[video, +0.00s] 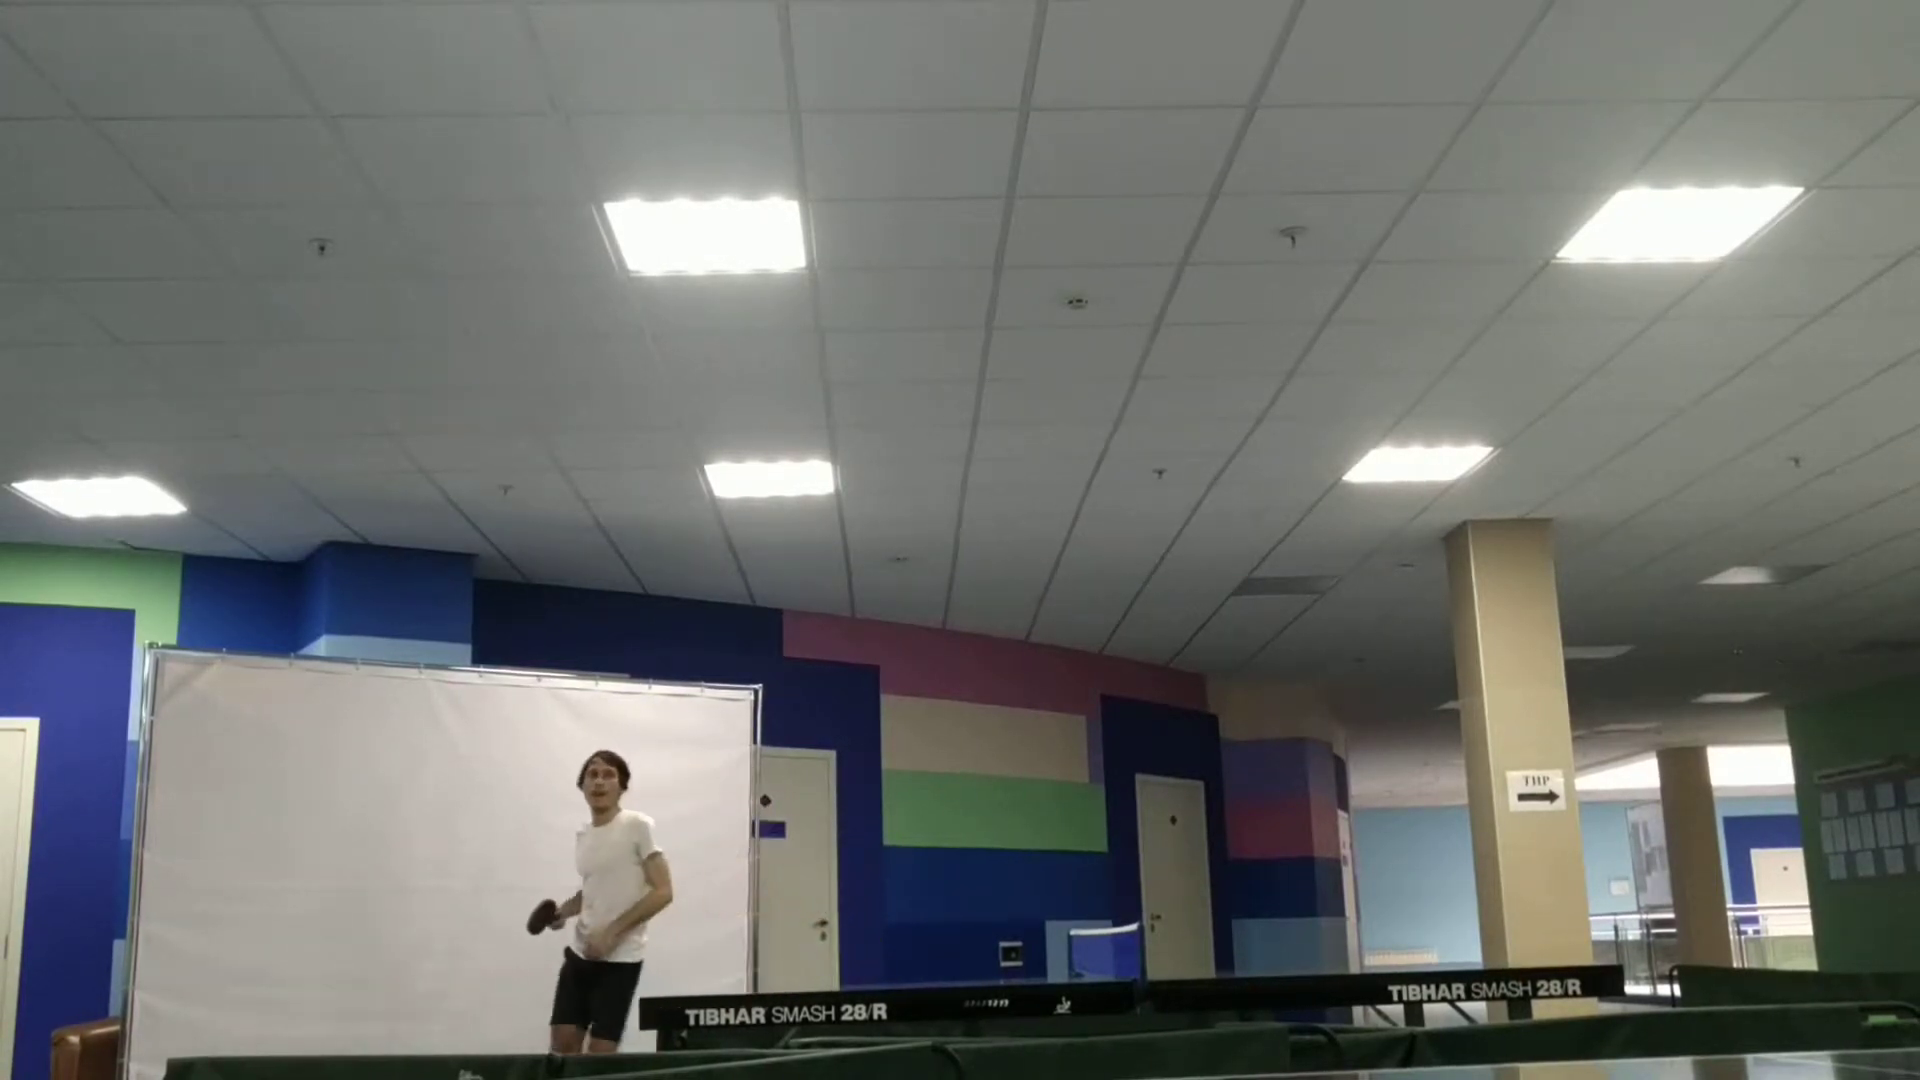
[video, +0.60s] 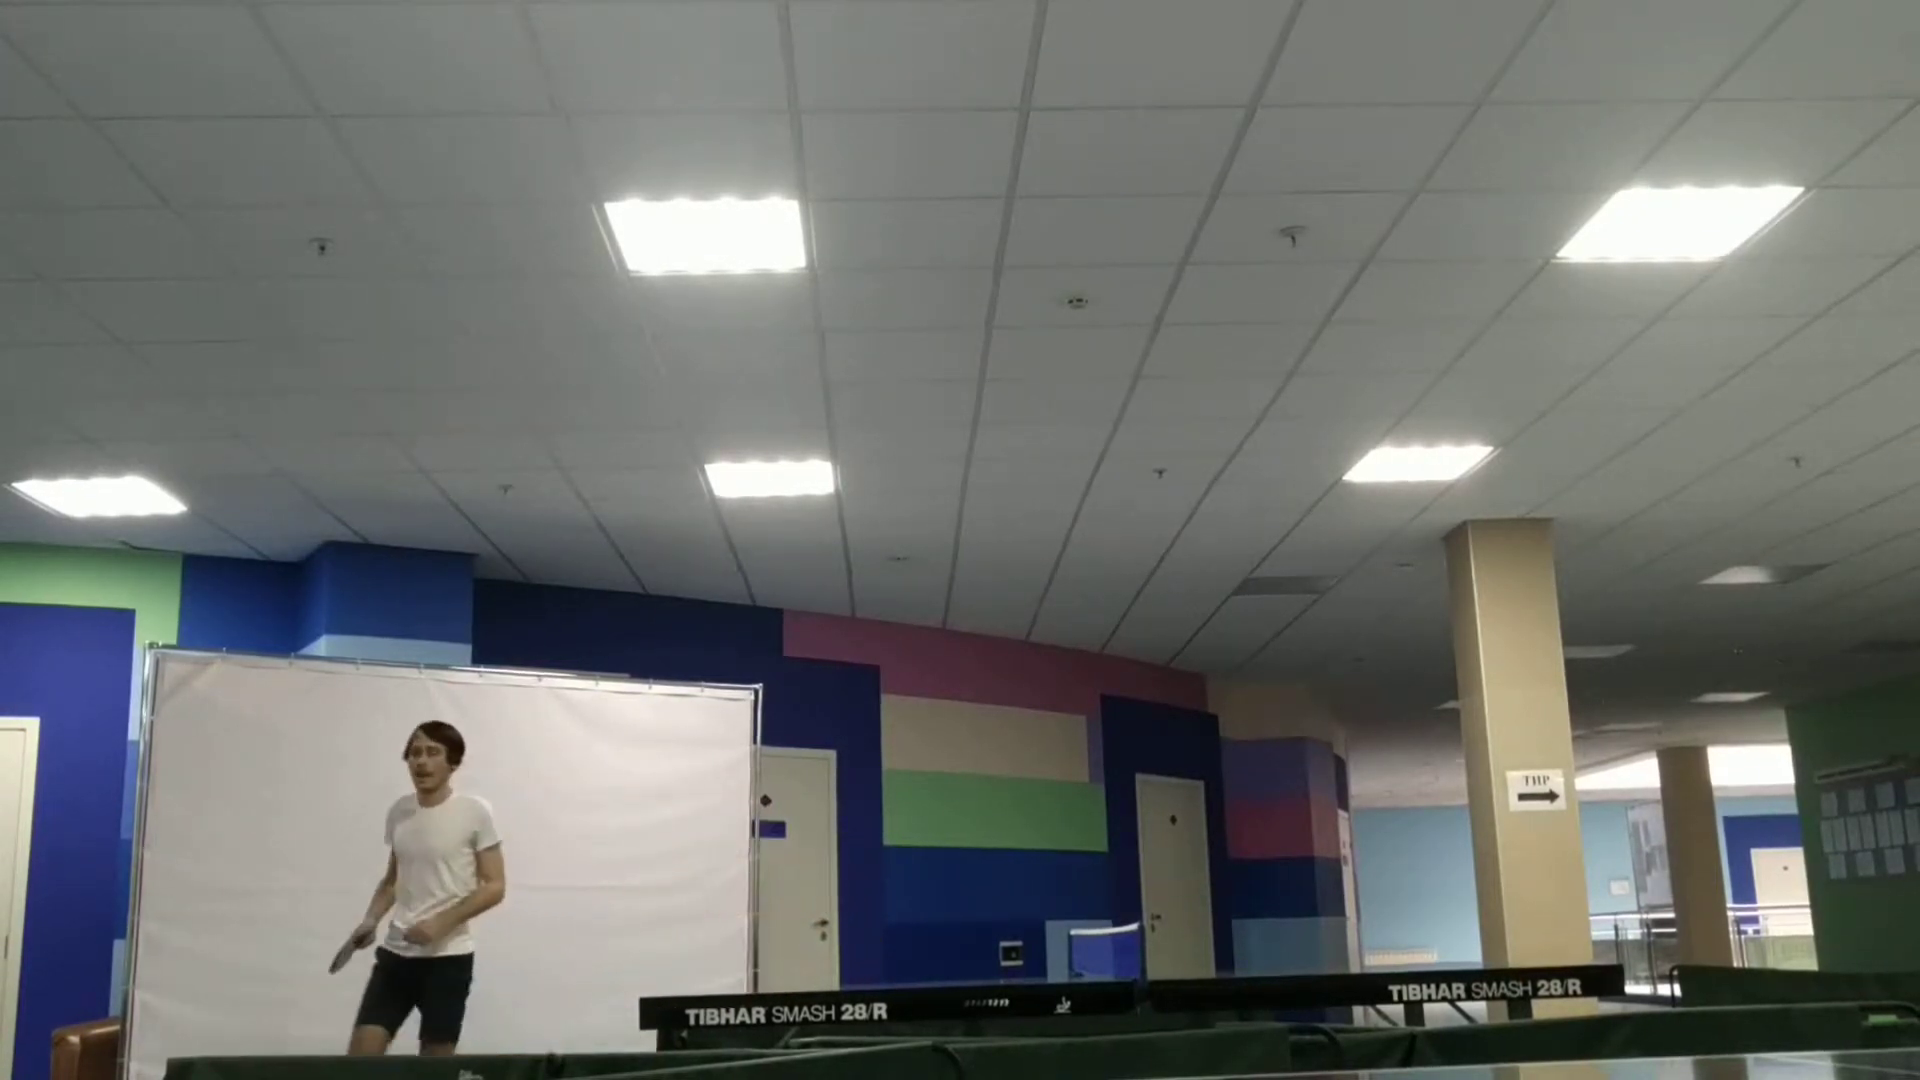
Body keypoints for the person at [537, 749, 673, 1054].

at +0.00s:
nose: (599, 781)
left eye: (609, 775)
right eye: (592, 774)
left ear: (622, 787)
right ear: (582, 785)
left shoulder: (637, 826)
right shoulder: (584, 836)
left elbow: (663, 892)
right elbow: (591, 892)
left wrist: (612, 932)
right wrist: (560, 913)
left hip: (619, 962)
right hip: (579, 957)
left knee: (599, 1057)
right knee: (562, 1050)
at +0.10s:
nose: (574, 773)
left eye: (584, 767)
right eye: (567, 766)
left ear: (596, 777)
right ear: (556, 776)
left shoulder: (614, 820)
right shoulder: (550, 828)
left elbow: (638, 886)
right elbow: (541, 886)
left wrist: (588, 929)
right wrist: (519, 905)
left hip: (594, 951)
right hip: (552, 950)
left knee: (551, 1040)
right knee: (555, 1045)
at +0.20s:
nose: (548, 777)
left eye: (558, 770)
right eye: (541, 769)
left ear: (571, 780)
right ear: (529, 779)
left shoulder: (588, 825)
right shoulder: (518, 829)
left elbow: (612, 891)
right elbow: (493, 885)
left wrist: (563, 933)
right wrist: (477, 902)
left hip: (566, 956)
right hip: (523, 955)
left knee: (521, 1049)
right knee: (548, 1050)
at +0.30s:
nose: (520, 781)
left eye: (530, 775)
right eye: (512, 773)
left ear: (543, 786)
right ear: (500, 783)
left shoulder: (559, 831)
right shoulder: (488, 834)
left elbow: (583, 900)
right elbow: (458, 885)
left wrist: (535, 941)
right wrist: (443, 901)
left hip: (535, 964)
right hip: (492, 962)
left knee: (492, 1054)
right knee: (523, 1055)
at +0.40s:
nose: (489, 776)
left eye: (500, 770)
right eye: (482, 768)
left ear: (516, 782)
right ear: (472, 778)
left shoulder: (531, 831)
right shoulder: (457, 829)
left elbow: (553, 900)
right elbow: (431, 884)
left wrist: (503, 941)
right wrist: (414, 907)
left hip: (502, 961)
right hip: (458, 960)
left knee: (461, 1052)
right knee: (458, 1055)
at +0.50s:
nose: (456, 768)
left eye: (467, 761)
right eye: (450, 760)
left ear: (484, 772)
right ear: (441, 767)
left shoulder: (503, 821)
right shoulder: (427, 819)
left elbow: (523, 894)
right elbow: (409, 880)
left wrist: (471, 933)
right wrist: (390, 915)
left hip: (475, 959)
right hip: (428, 957)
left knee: (444, 1053)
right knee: (409, 1056)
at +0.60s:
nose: (420, 761)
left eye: (431, 752)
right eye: (414, 753)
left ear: (452, 762)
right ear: (407, 761)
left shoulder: (475, 813)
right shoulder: (400, 812)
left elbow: (494, 887)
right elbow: (392, 880)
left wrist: (441, 923)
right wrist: (370, 921)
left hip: (447, 962)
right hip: (395, 958)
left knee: (435, 1064)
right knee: (361, 1056)